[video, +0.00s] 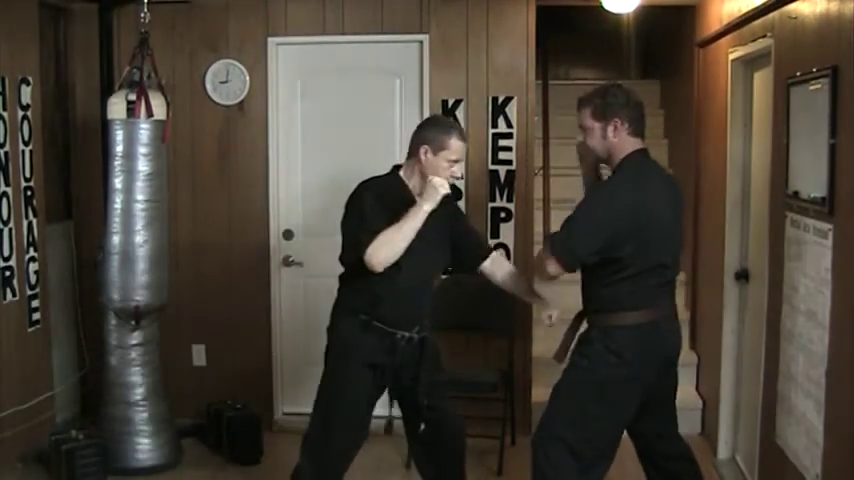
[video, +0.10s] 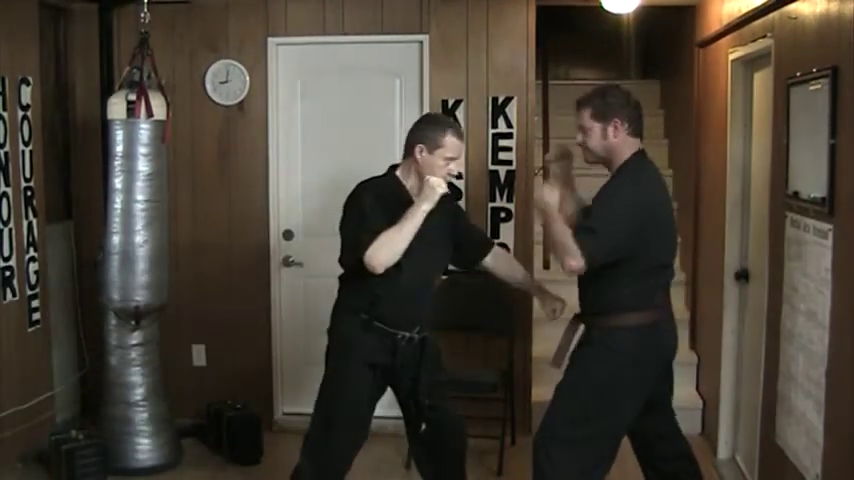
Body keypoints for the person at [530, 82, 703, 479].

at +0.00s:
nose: (582, 140)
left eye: (586, 130)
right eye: (582, 130)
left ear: (615, 127)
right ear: (624, 127)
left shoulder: (616, 191)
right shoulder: (665, 184)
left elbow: (553, 263)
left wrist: (550, 245)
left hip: (618, 342)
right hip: (660, 336)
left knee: (557, 448)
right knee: (662, 447)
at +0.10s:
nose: (579, 140)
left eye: (584, 130)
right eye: (579, 131)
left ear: (615, 129)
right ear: (616, 129)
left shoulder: (630, 184)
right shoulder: (639, 177)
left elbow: (575, 259)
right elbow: (589, 226)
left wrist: (551, 209)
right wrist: (566, 185)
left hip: (621, 340)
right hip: (645, 335)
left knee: (558, 451)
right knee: (661, 446)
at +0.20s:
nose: (579, 141)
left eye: (585, 131)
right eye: (579, 132)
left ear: (617, 130)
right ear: (614, 132)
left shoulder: (636, 189)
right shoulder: (618, 184)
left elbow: (586, 255)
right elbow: (552, 216)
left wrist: (573, 185)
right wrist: (516, 181)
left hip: (621, 340)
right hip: (635, 334)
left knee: (557, 452)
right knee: (659, 447)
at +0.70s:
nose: (577, 139)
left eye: (582, 129)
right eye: (576, 130)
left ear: (612, 128)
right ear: (616, 128)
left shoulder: (626, 186)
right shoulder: (642, 178)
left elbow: (556, 246)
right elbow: (578, 228)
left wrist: (537, 180)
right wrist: (573, 168)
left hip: (617, 343)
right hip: (644, 337)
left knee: (554, 453)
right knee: (660, 448)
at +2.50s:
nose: (586, 135)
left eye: (591, 125)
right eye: (585, 125)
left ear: (621, 126)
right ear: (626, 126)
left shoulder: (621, 187)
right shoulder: (662, 179)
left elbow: (550, 247)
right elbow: (602, 220)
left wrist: (540, 185)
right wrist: (587, 163)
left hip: (616, 342)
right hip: (659, 337)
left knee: (557, 455)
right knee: (666, 449)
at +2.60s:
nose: (585, 136)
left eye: (590, 126)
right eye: (585, 126)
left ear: (620, 126)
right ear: (628, 126)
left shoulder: (618, 189)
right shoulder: (663, 180)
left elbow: (548, 253)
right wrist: (595, 169)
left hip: (617, 342)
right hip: (661, 336)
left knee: (557, 454)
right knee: (666, 450)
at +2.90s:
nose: (583, 140)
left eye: (588, 129)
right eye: (583, 130)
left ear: (618, 127)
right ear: (624, 127)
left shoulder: (623, 191)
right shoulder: (660, 181)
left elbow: (556, 265)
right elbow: (601, 231)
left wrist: (548, 252)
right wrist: (584, 172)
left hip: (621, 341)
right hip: (658, 335)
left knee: (559, 452)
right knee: (664, 449)